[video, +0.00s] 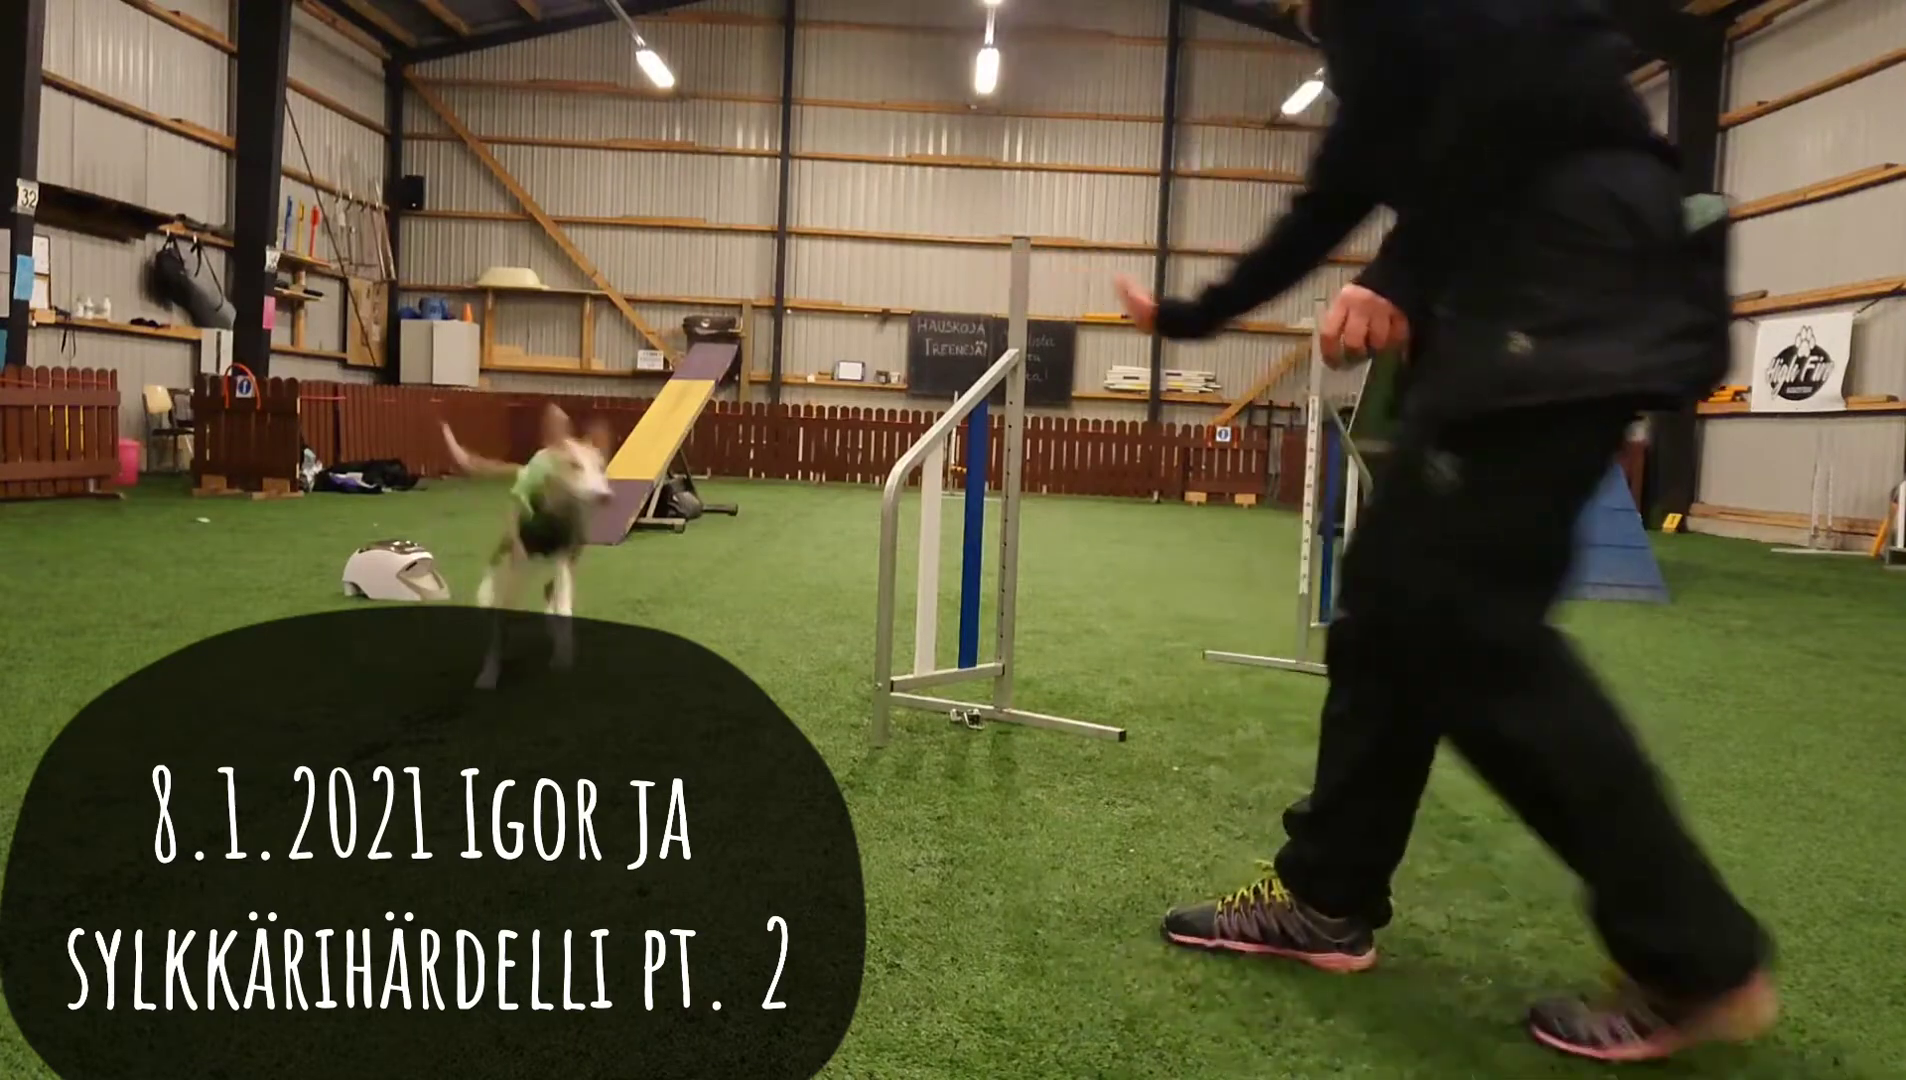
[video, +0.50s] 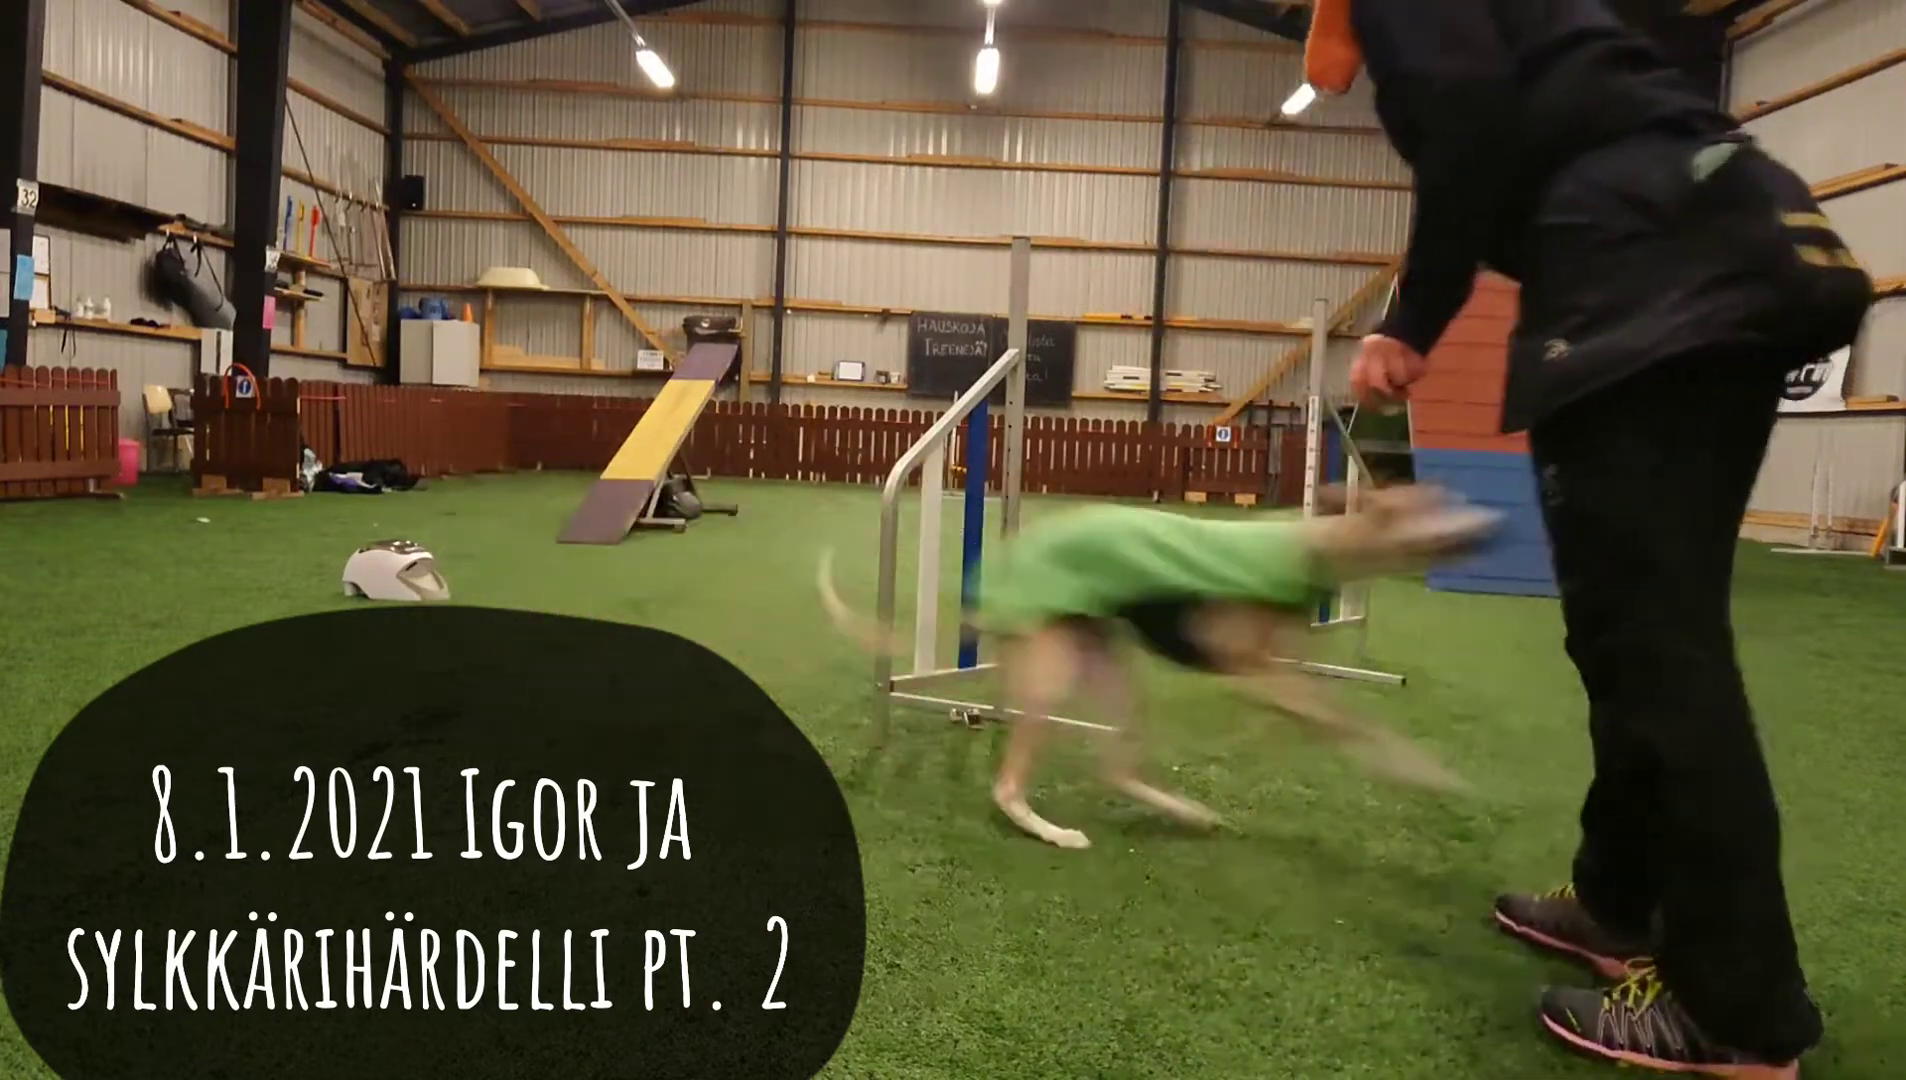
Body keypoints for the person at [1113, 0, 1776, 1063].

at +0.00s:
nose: (1287, 15)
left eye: (1284, 10)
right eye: (1280, 17)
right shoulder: (1388, 34)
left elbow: (1500, 95)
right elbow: (1344, 182)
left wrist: (1401, 274)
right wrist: (1201, 308)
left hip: (1576, 275)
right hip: (1498, 290)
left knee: (1464, 615)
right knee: (1391, 604)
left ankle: (1702, 965)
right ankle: (1328, 900)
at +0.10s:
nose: (1276, 21)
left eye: (1267, 8)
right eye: (1269, 18)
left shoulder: (1437, 8)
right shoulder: (1418, 31)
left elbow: (1508, 115)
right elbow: (1406, 217)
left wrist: (1415, 304)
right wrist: (1263, 365)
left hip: (1631, 310)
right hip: (1567, 317)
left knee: (1599, 677)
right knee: (1444, 607)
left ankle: (1733, 1014)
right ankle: (1338, 885)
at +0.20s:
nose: (1314, 38)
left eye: (1300, 15)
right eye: (1300, 29)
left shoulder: (1441, 14)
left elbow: (1522, 118)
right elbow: (1492, 242)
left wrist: (1439, 323)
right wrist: (1346, 430)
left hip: (1667, 290)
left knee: (1623, 649)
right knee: (1499, 600)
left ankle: (1735, 1016)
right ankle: (1407, 876)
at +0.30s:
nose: (1329, 47)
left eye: (1314, 22)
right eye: (1314, 33)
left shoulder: (1447, 15)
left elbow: (1537, 128)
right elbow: (1549, 188)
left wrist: (1471, 325)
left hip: (1691, 269)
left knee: (1654, 628)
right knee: (1547, 585)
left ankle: (1739, 1011)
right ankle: (1520, 886)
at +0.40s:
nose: (1344, 58)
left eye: (1333, 34)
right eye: (1335, 46)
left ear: (1356, 5)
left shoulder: (1431, 11)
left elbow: (1511, 108)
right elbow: (1584, 235)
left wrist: (1444, 320)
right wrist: (1544, 463)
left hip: (1683, 289)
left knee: (1664, 645)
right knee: (1602, 617)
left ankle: (1745, 1014)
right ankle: (1615, 912)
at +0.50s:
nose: (1340, 67)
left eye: (1334, 44)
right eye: (1334, 55)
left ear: (1337, 13)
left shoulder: (1396, 4)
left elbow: (1467, 121)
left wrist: (1406, 325)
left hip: (1644, 289)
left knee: (1656, 647)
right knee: (1631, 634)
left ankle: (1740, 1015)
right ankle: (1622, 913)